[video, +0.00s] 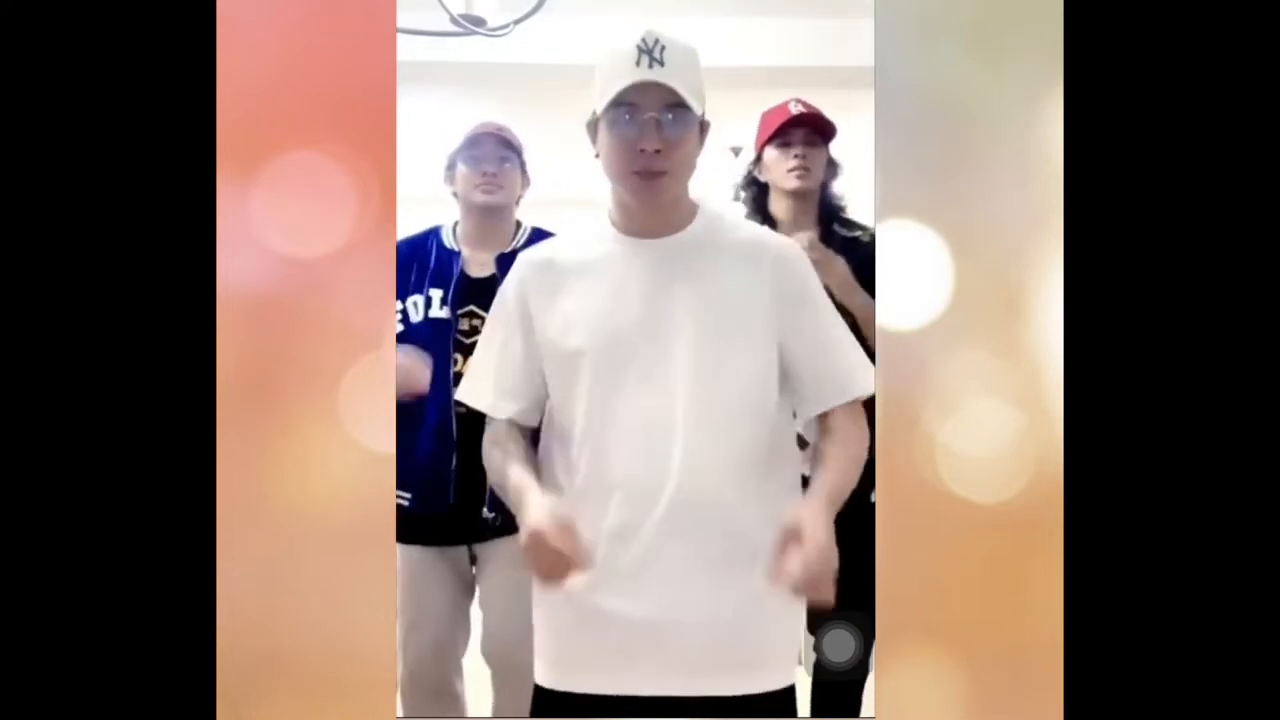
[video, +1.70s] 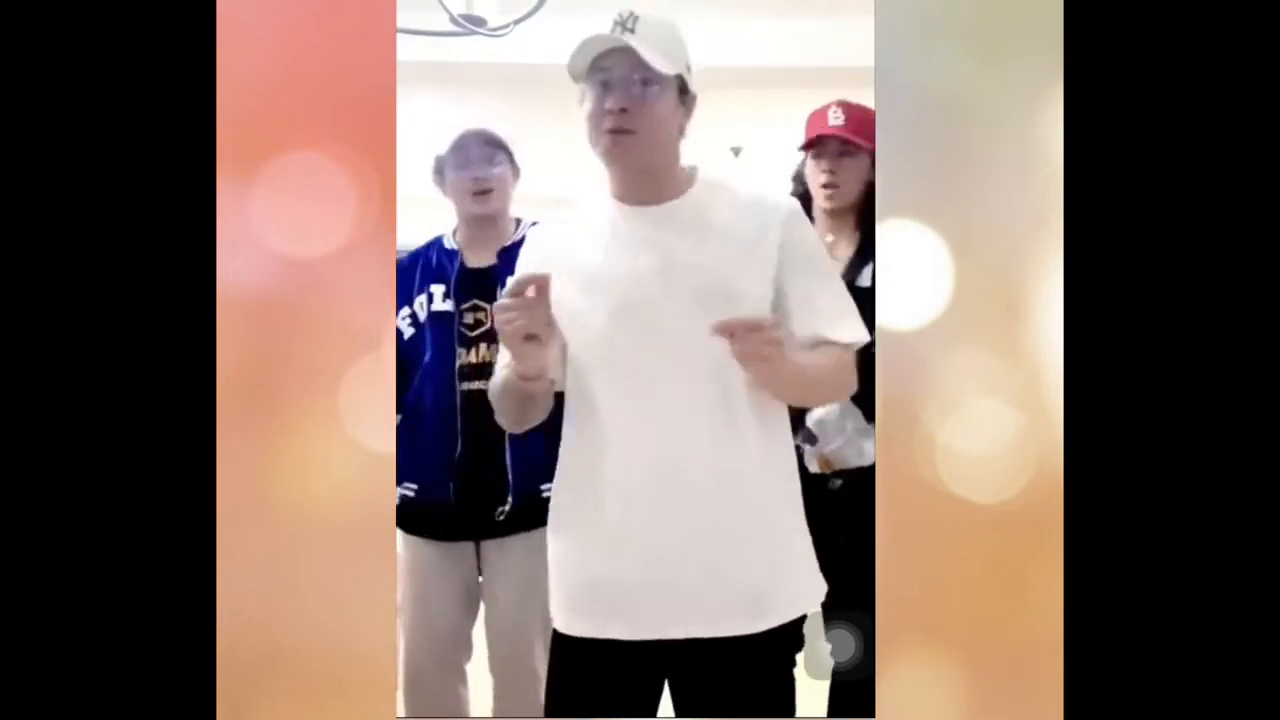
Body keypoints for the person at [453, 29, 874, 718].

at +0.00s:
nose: (650, 139)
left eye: (672, 117)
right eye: (627, 116)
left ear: (701, 137)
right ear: (594, 136)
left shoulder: (772, 266)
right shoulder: (543, 276)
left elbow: (844, 419)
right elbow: (503, 433)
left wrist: (820, 507)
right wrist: (531, 503)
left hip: (743, 654)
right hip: (587, 655)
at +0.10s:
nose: (658, 119)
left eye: (680, 99)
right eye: (635, 99)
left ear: (709, 121)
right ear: (601, 121)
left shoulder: (766, 244)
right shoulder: (551, 247)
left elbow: (831, 407)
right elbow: (501, 416)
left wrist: (781, 310)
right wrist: (549, 339)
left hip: (737, 610)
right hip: (592, 612)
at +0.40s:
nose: (661, 173)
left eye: (683, 147)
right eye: (640, 147)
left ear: (713, 144)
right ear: (604, 140)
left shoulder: (761, 249)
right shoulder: (549, 244)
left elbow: (794, 420)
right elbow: (513, 413)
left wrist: (753, 322)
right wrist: (560, 318)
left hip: (728, 619)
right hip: (585, 620)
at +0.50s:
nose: (663, 219)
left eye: (683, 199)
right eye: (645, 198)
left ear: (721, 149)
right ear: (603, 142)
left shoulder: (769, 233)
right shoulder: (543, 223)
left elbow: (811, 367)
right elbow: (497, 357)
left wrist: (774, 366)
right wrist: (547, 363)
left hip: (728, 598)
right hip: (585, 599)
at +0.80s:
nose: (661, 189)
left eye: (685, 162)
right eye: (638, 161)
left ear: (717, 166)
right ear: (599, 158)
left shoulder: (769, 271)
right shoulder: (535, 261)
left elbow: (787, 448)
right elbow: (502, 431)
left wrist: (758, 388)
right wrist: (558, 402)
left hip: (718, 604)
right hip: (580, 606)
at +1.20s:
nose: (701, 118)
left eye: (719, 97)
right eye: (676, 91)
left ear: (732, 116)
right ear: (623, 107)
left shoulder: (767, 250)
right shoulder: (559, 223)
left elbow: (780, 435)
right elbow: (518, 391)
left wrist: (755, 343)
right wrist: (548, 333)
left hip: (728, 597)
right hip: (595, 591)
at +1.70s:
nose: (616, 100)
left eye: (642, 83)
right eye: (600, 84)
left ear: (686, 106)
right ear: (582, 109)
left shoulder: (767, 223)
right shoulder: (554, 243)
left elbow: (842, 370)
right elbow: (514, 418)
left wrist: (782, 370)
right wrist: (529, 370)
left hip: (746, 589)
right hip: (600, 592)